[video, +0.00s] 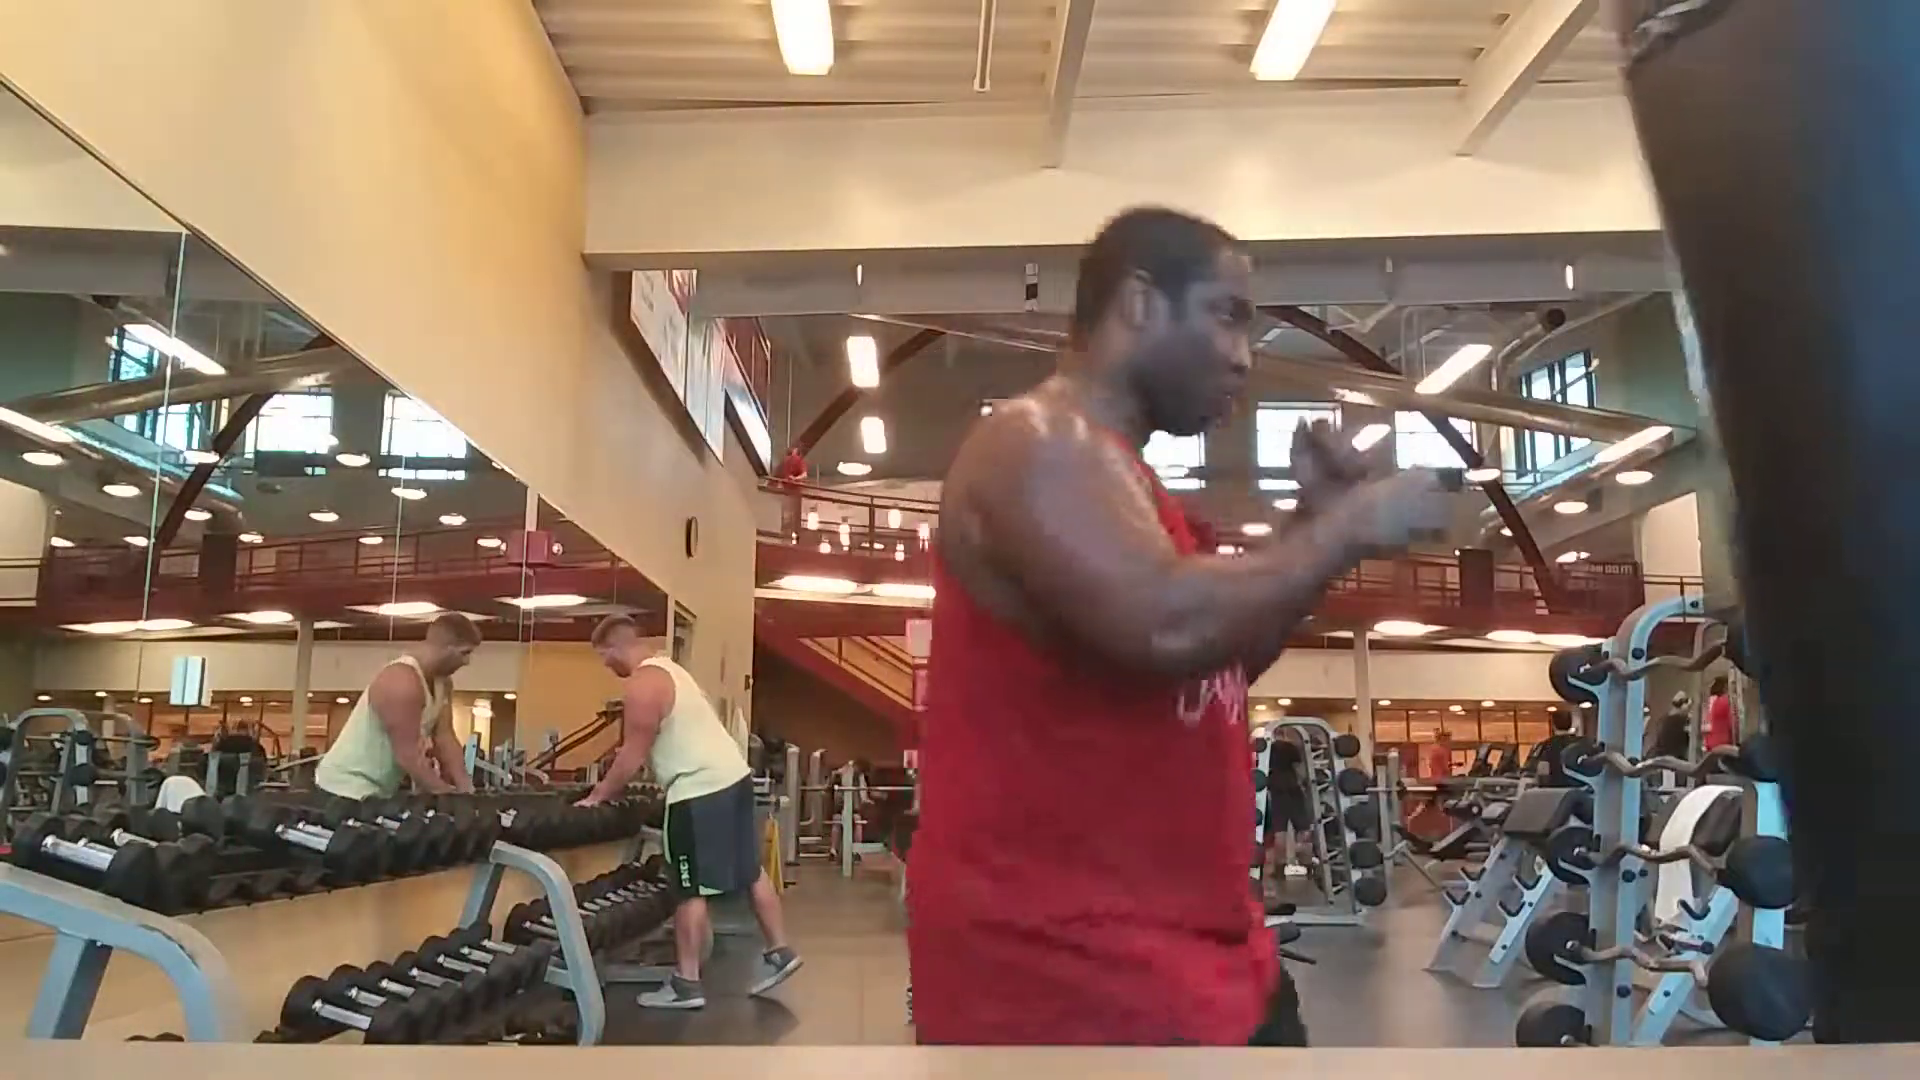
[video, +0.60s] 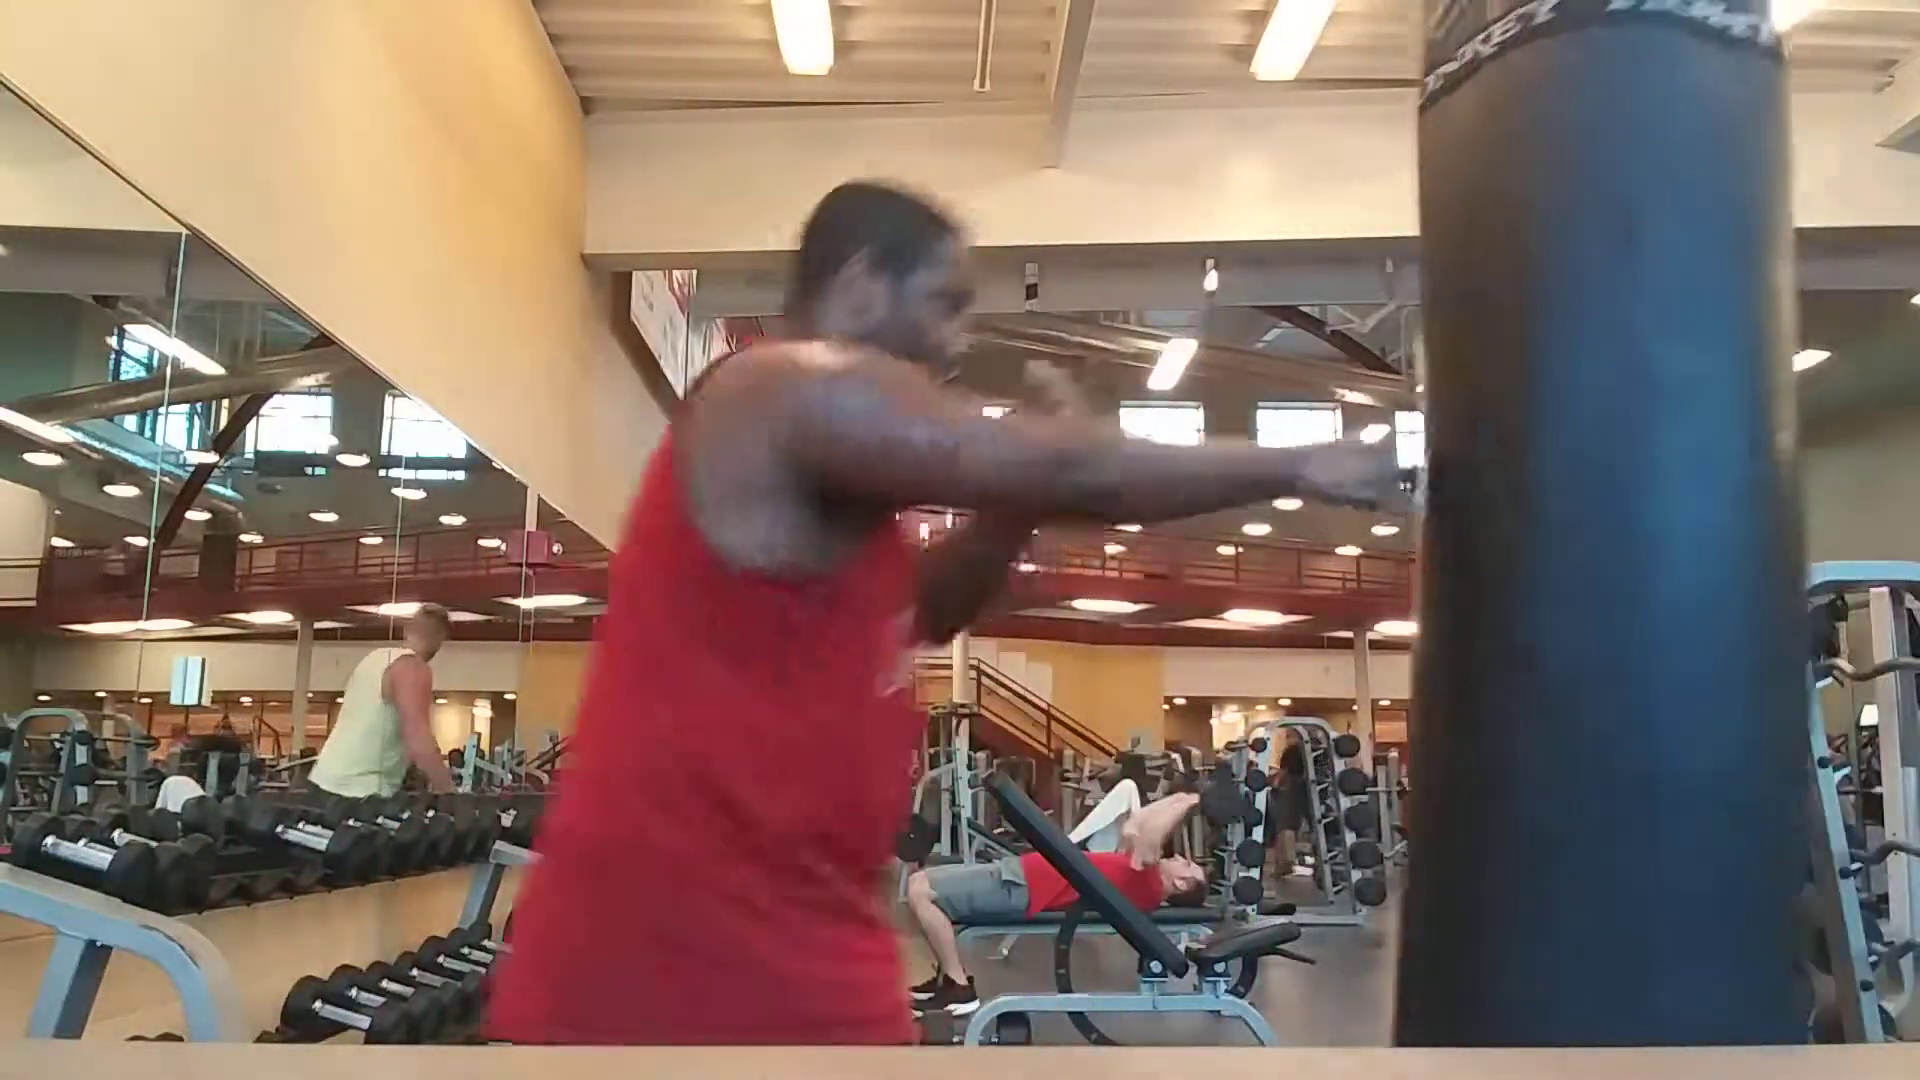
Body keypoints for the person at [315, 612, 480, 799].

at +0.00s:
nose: (467, 662)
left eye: (469, 655)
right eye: (465, 654)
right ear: (449, 648)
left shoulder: (440, 682)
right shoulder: (401, 681)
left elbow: (445, 736)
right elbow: (409, 759)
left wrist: (466, 789)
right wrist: (450, 797)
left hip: (381, 790)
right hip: (347, 789)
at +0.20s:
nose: (468, 662)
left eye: (470, 655)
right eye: (467, 654)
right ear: (449, 647)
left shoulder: (428, 677)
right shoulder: (405, 679)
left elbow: (431, 736)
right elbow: (411, 759)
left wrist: (451, 785)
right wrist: (451, 801)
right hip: (351, 791)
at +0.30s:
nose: (464, 657)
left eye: (467, 650)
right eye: (465, 649)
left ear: (430, 634)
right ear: (452, 645)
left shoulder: (419, 672)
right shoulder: (406, 676)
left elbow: (415, 740)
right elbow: (413, 754)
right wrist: (448, 799)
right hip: (352, 788)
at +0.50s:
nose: (442, 653)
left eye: (446, 647)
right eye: (445, 646)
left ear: (415, 631)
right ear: (441, 644)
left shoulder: (380, 658)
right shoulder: (406, 669)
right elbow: (417, 745)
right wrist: (447, 793)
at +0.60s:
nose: (437, 648)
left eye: (441, 642)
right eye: (440, 641)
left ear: (406, 631)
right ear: (438, 641)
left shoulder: (375, 659)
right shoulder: (411, 668)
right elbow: (420, 746)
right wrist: (449, 795)